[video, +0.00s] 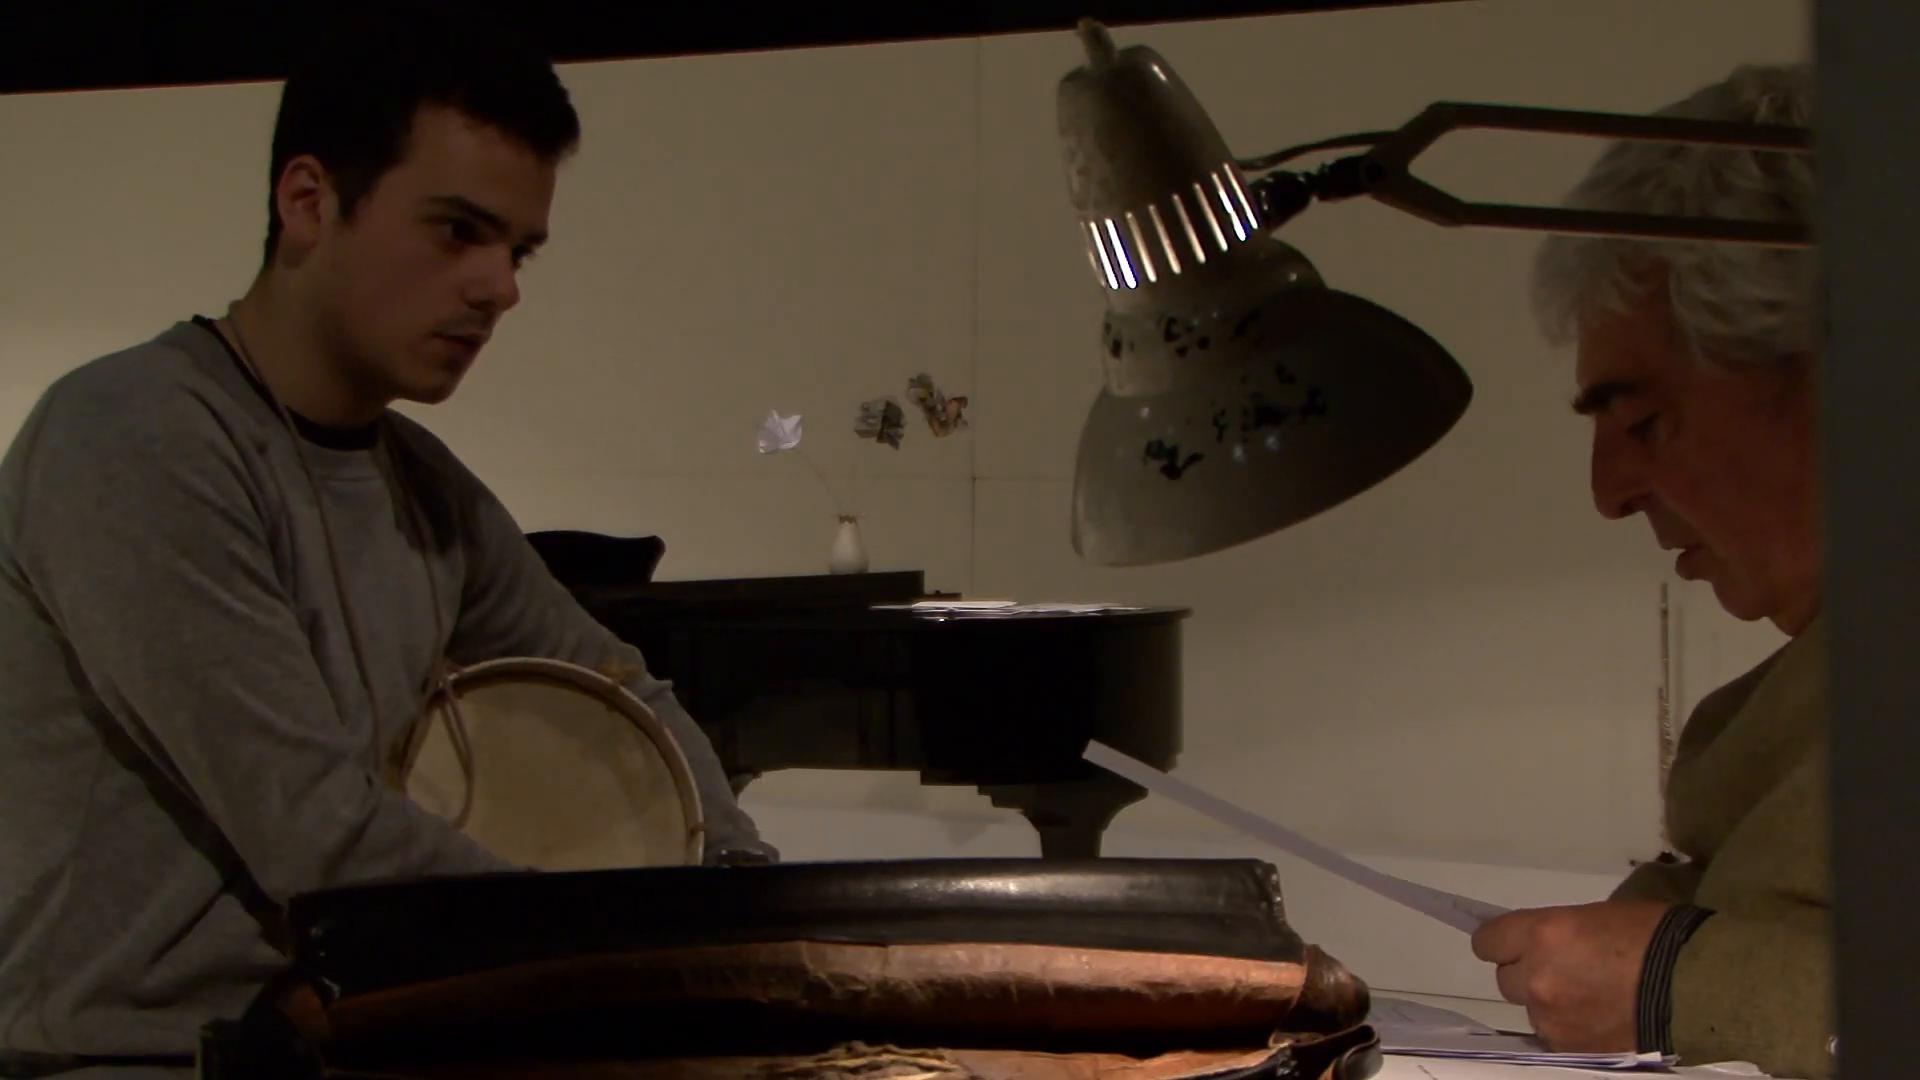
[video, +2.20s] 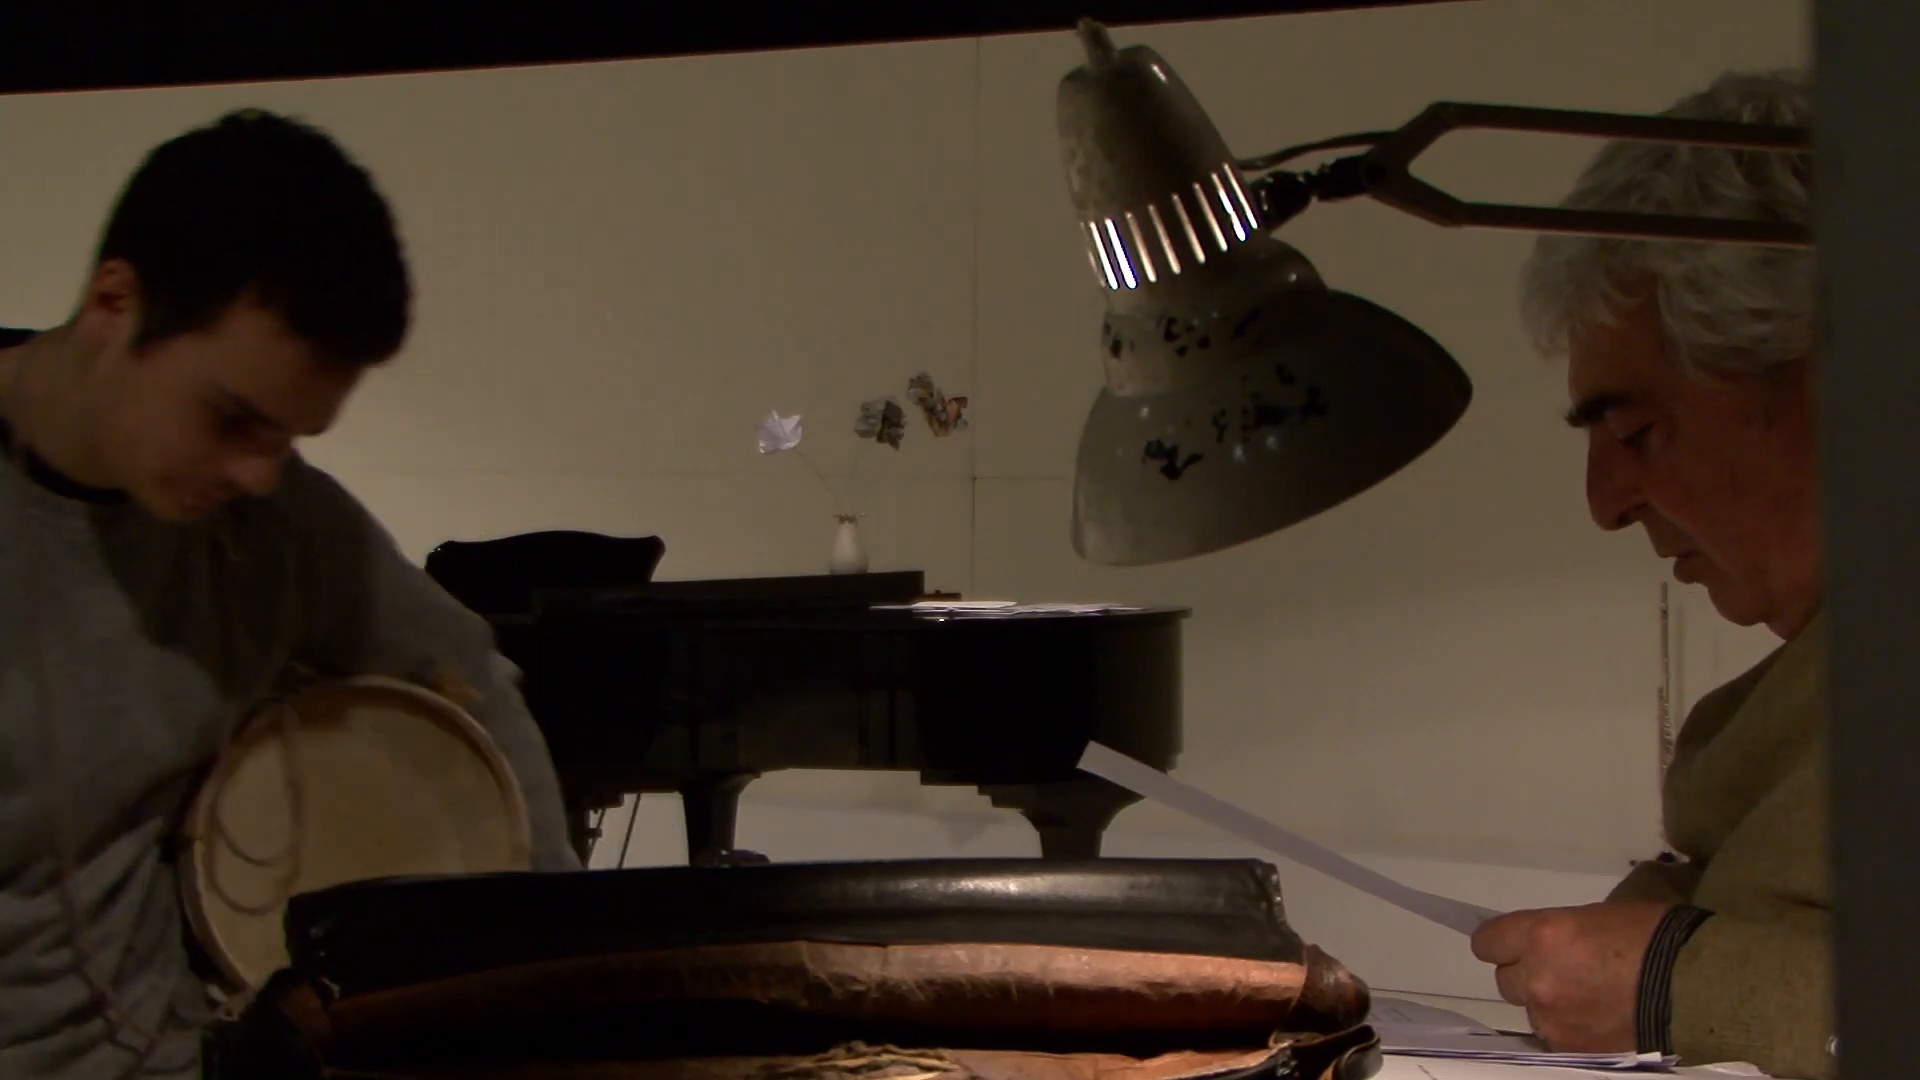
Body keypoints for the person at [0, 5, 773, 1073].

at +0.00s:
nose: (499, 289)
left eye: (517, 254)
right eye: (457, 231)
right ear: (306, 202)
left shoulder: (431, 491)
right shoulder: (123, 437)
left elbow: (617, 695)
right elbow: (318, 838)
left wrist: (753, 904)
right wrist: (632, 956)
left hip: (350, 1040)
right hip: (118, 1057)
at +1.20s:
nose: (523, 338)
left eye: (549, 301)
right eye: (493, 279)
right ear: (349, 224)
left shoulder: (459, 494)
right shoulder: (110, 445)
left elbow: (669, 719)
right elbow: (222, 898)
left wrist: (724, 947)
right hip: (89, 1045)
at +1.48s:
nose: (517, 427)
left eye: (542, 394)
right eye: (499, 369)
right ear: (374, 265)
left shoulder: (478, 519)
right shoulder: (90, 444)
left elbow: (677, 735)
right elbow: (80, 872)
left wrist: (715, 953)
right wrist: (317, 1041)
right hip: (56, 1036)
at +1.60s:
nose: (520, 431)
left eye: (544, 397)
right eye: (502, 371)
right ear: (377, 268)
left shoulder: (467, 523)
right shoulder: (86, 442)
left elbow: (665, 745)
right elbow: (88, 872)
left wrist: (689, 966)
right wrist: (326, 1044)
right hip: (48, 1042)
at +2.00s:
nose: (409, 454)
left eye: (438, 420)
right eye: (393, 398)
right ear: (270, 283)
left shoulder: (385, 514)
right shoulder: (18, 450)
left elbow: (574, 736)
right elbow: (9, 859)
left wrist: (627, 960)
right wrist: (258, 1028)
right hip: (32, 1028)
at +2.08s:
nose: (354, 459)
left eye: (382, 423)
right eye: (333, 401)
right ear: (210, 287)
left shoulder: (346, 521)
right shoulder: (15, 468)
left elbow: (539, 730)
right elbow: (12, 932)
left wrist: (573, 972)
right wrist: (191, 1062)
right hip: (44, 1041)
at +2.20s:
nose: (262, 478)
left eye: (292, 439)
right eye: (235, 422)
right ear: (111, 307)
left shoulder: (282, 518)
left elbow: (469, 684)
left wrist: (543, 928)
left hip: (217, 1038)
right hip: (28, 1051)